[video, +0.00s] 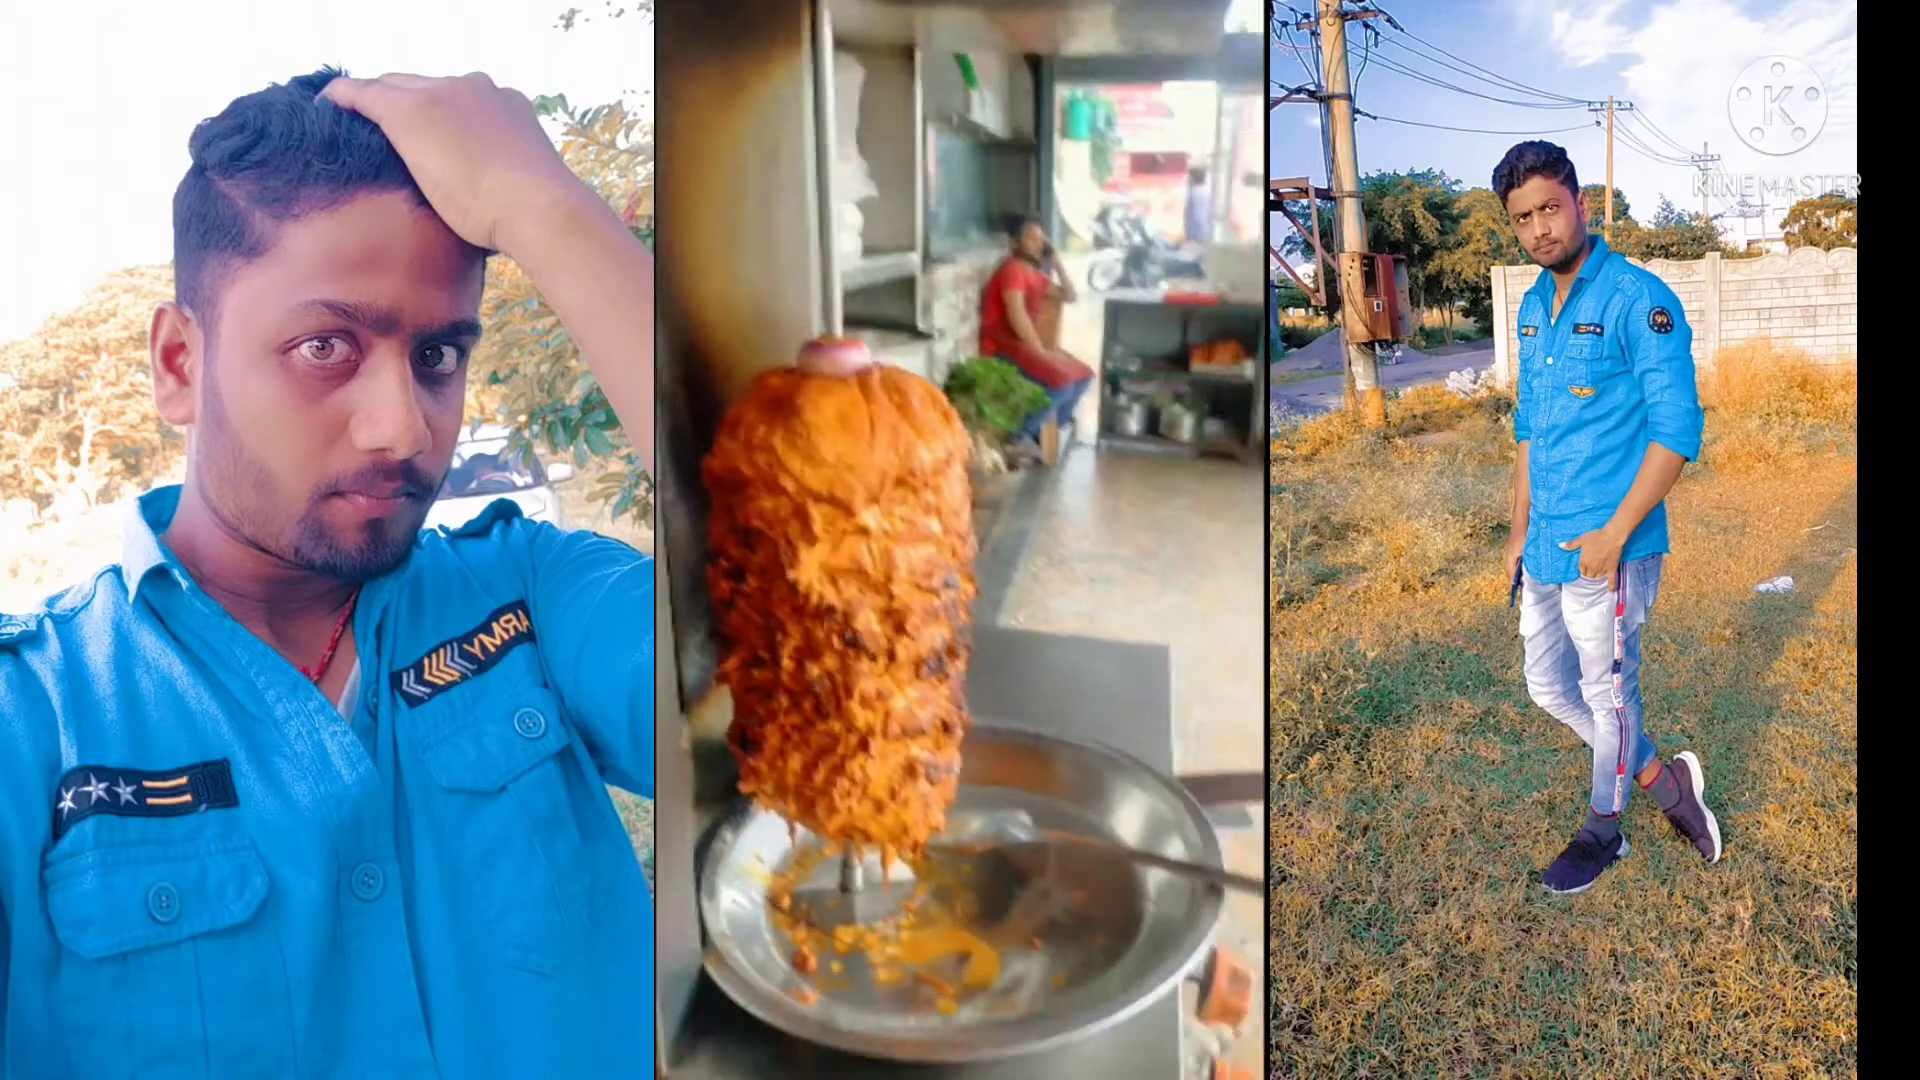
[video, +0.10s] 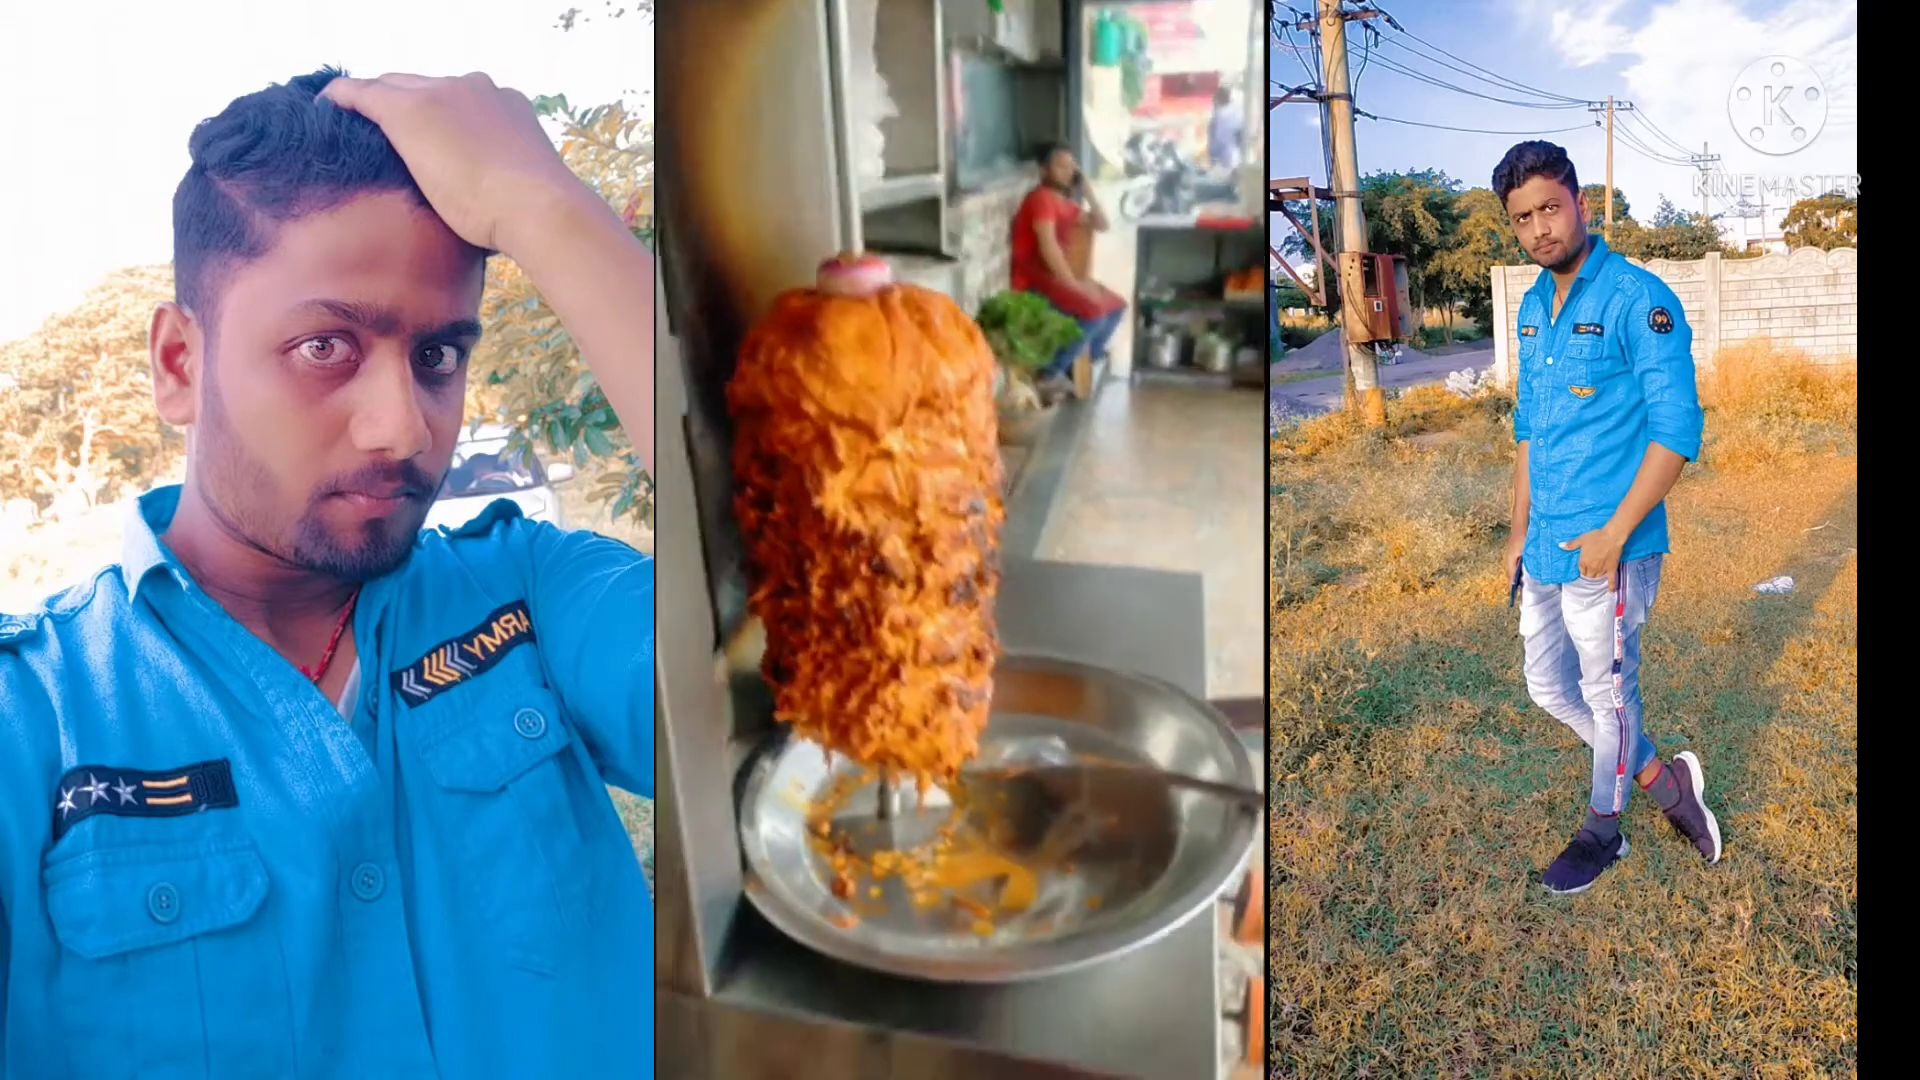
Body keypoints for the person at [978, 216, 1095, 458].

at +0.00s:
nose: (1039, 243)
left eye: (1041, 237)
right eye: (1032, 237)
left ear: (1042, 241)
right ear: (1016, 241)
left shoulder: (1033, 273)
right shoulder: (1013, 269)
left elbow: (1069, 295)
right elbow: (1016, 314)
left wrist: (1054, 261)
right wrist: (1039, 350)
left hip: (1024, 344)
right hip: (1003, 347)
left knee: (1082, 375)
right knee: (1061, 381)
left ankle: (1047, 431)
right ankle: (1021, 438)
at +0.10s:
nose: (1069, 171)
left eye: (1071, 164)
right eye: (1061, 164)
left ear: (1073, 169)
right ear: (1045, 168)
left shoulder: (1064, 203)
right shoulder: (1041, 199)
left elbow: (1101, 224)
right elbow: (1047, 246)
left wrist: (1084, 188)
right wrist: (1073, 284)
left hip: (1059, 277)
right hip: (1036, 282)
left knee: (1115, 305)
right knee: (1094, 313)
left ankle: (1083, 362)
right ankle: (1053, 373)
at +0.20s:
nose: (1095, 94)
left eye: (1097, 88)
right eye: (1087, 88)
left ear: (1099, 92)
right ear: (1071, 92)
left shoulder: (1091, 127)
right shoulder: (1067, 124)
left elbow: (1128, 148)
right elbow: (1073, 173)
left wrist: (1112, 113)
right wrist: (1103, 211)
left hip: (1085, 203)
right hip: (1061, 209)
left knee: (1144, 232)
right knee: (1122, 241)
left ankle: (1115, 290)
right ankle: (1082, 304)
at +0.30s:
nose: (1100, 34)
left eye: (1102, 28)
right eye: (1092, 28)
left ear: (1105, 33)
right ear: (1075, 32)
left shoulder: (1098, 67)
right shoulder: (1072, 64)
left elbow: (1135, 89)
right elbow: (1078, 115)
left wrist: (1119, 53)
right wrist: (1108, 155)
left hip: (1091, 147)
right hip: (1067, 151)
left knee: (1152, 176)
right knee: (1129, 186)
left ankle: (1120, 237)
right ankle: (1087, 251)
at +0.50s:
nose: (1098, 11)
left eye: (1101, 5)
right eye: (1091, 4)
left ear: (1104, 11)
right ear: (1074, 7)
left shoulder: (1094, 45)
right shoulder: (1068, 42)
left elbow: (1132, 68)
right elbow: (1074, 97)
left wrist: (1116, 31)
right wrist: (1104, 134)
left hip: (1086, 128)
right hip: (1060, 132)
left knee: (1149, 156)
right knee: (1123, 166)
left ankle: (1113, 222)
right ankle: (1081, 233)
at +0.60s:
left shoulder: (1135, 19)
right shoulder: (1107, 14)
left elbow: (1169, 42)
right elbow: (1114, 70)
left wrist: (1162, 9)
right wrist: (1145, 110)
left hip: (1126, 102)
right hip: (1099, 107)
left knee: (1187, 132)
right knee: (1163, 140)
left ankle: (1149, 199)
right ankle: (1121, 209)